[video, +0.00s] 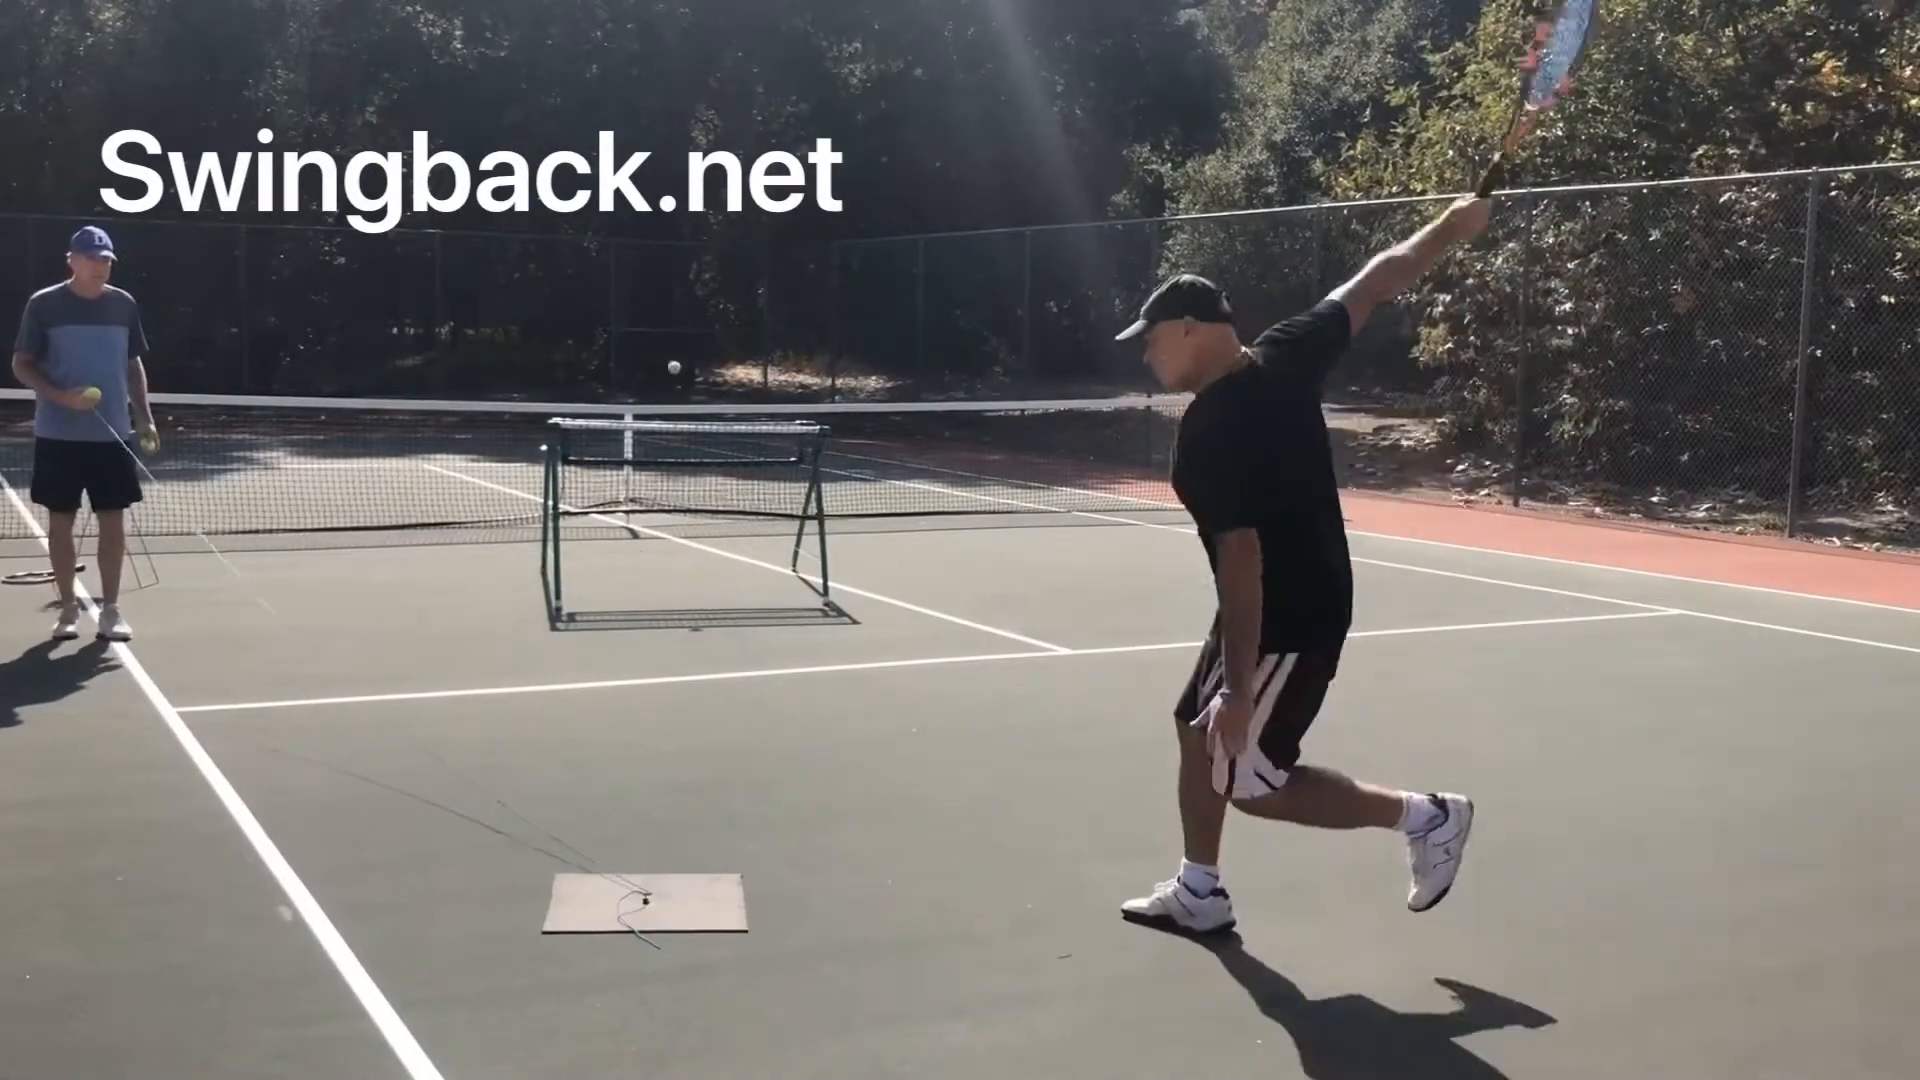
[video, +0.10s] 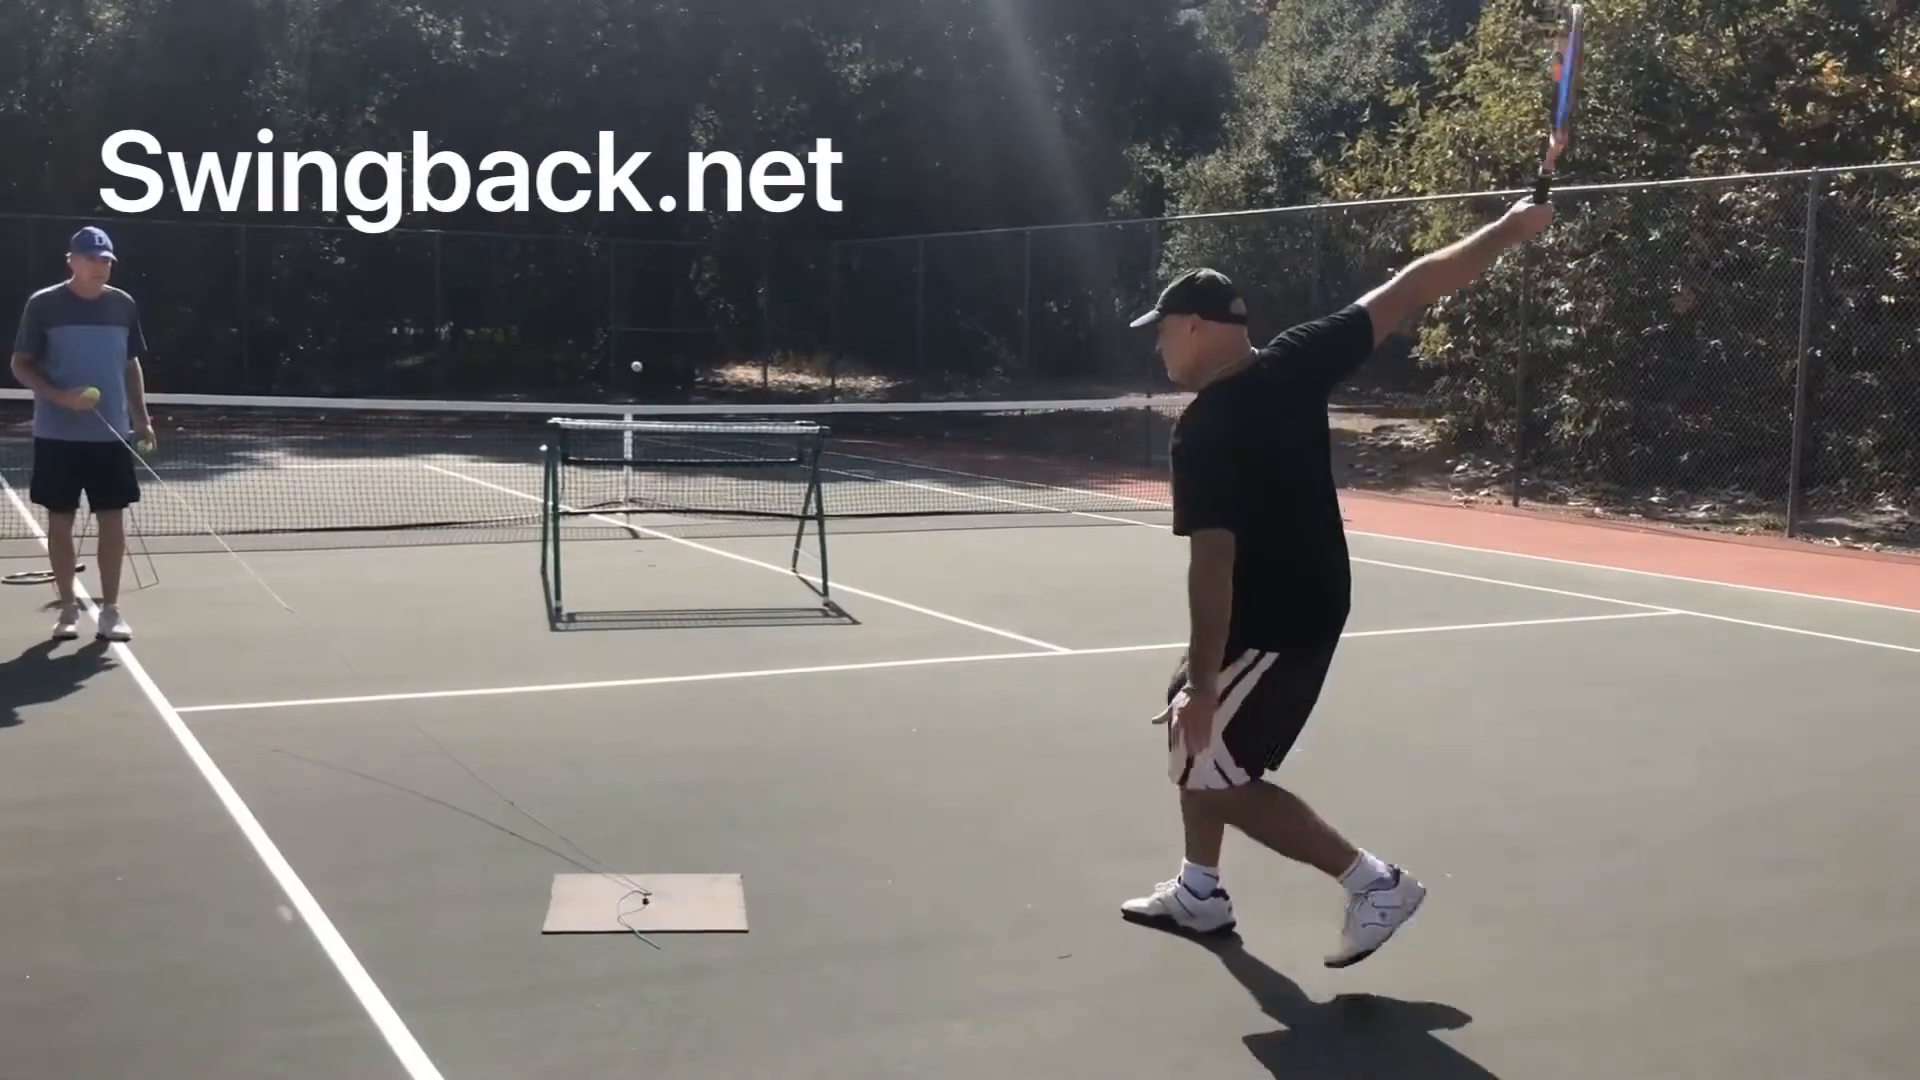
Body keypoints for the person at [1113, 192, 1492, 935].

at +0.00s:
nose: (1148, 356)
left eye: (1154, 339)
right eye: (1146, 342)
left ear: (1195, 332)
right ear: (1210, 330)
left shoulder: (1207, 438)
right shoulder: (1287, 353)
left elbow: (1241, 570)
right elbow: (1376, 283)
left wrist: (1237, 694)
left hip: (1292, 618)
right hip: (1288, 595)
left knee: (1253, 782)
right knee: (1197, 723)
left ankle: (1426, 818)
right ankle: (1200, 888)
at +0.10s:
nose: (1158, 346)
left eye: (1166, 330)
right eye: (1159, 333)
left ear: (1208, 328)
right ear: (1225, 331)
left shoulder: (1207, 426)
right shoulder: (1299, 364)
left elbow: (1212, 560)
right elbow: (1408, 291)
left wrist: (1202, 687)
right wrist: (1507, 227)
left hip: (1273, 621)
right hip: (1306, 602)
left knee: (1218, 775)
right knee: (1190, 726)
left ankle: (1376, 884)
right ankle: (1199, 891)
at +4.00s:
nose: (1338, 325)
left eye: (1350, 310)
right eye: (1340, 312)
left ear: (1400, 312)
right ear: (1385, 316)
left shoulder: (1501, 399)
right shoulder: (1361, 411)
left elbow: (1552, 528)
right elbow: (1338, 533)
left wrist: (1451, 562)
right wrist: (1344, 589)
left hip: (1507, 651)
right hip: (1421, 654)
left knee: (1455, 826)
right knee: (1392, 816)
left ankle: (1492, 1046)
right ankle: (1509, 968)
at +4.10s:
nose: (1304, 333)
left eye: (1316, 318)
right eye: (1306, 319)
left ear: (1363, 323)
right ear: (1354, 326)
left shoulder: (1465, 405)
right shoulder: (1326, 416)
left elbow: (1544, 526)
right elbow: (1304, 539)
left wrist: (1442, 548)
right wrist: (1322, 587)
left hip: (1480, 659)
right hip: (1388, 653)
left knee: (1437, 839)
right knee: (1317, 795)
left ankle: (1489, 1042)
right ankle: (1424, 943)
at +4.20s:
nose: (1261, 342)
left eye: (1272, 325)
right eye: (1262, 327)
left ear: (1323, 328)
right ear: (1309, 333)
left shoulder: (1424, 398)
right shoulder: (1288, 423)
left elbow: (1515, 508)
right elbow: (1270, 530)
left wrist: (1420, 519)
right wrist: (1292, 572)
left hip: (1451, 656)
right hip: (1360, 642)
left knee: (1419, 830)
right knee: (1262, 780)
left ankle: (1486, 1041)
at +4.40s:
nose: (1151, 378)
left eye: (1161, 362)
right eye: (1152, 364)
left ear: (1209, 360)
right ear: (1201, 365)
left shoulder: (1314, 412)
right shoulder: (1177, 451)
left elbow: (1418, 510)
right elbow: (1189, 556)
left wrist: (1361, 526)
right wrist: (1235, 597)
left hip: (1356, 669)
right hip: (1265, 658)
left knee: (1355, 852)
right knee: (1160, 790)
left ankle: (1482, 1040)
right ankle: (1069, 958)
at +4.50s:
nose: (1084, 402)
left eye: (1095, 385)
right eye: (1084, 387)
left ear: (1147, 379)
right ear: (1131, 385)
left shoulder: (1252, 443)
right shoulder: (1113, 485)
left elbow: (1322, 556)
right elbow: (1138, 595)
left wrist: (1309, 624)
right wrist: (1189, 674)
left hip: (1291, 687)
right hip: (1195, 684)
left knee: (1304, 875)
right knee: (1081, 785)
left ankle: (1471, 1029)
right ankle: (1035, 968)